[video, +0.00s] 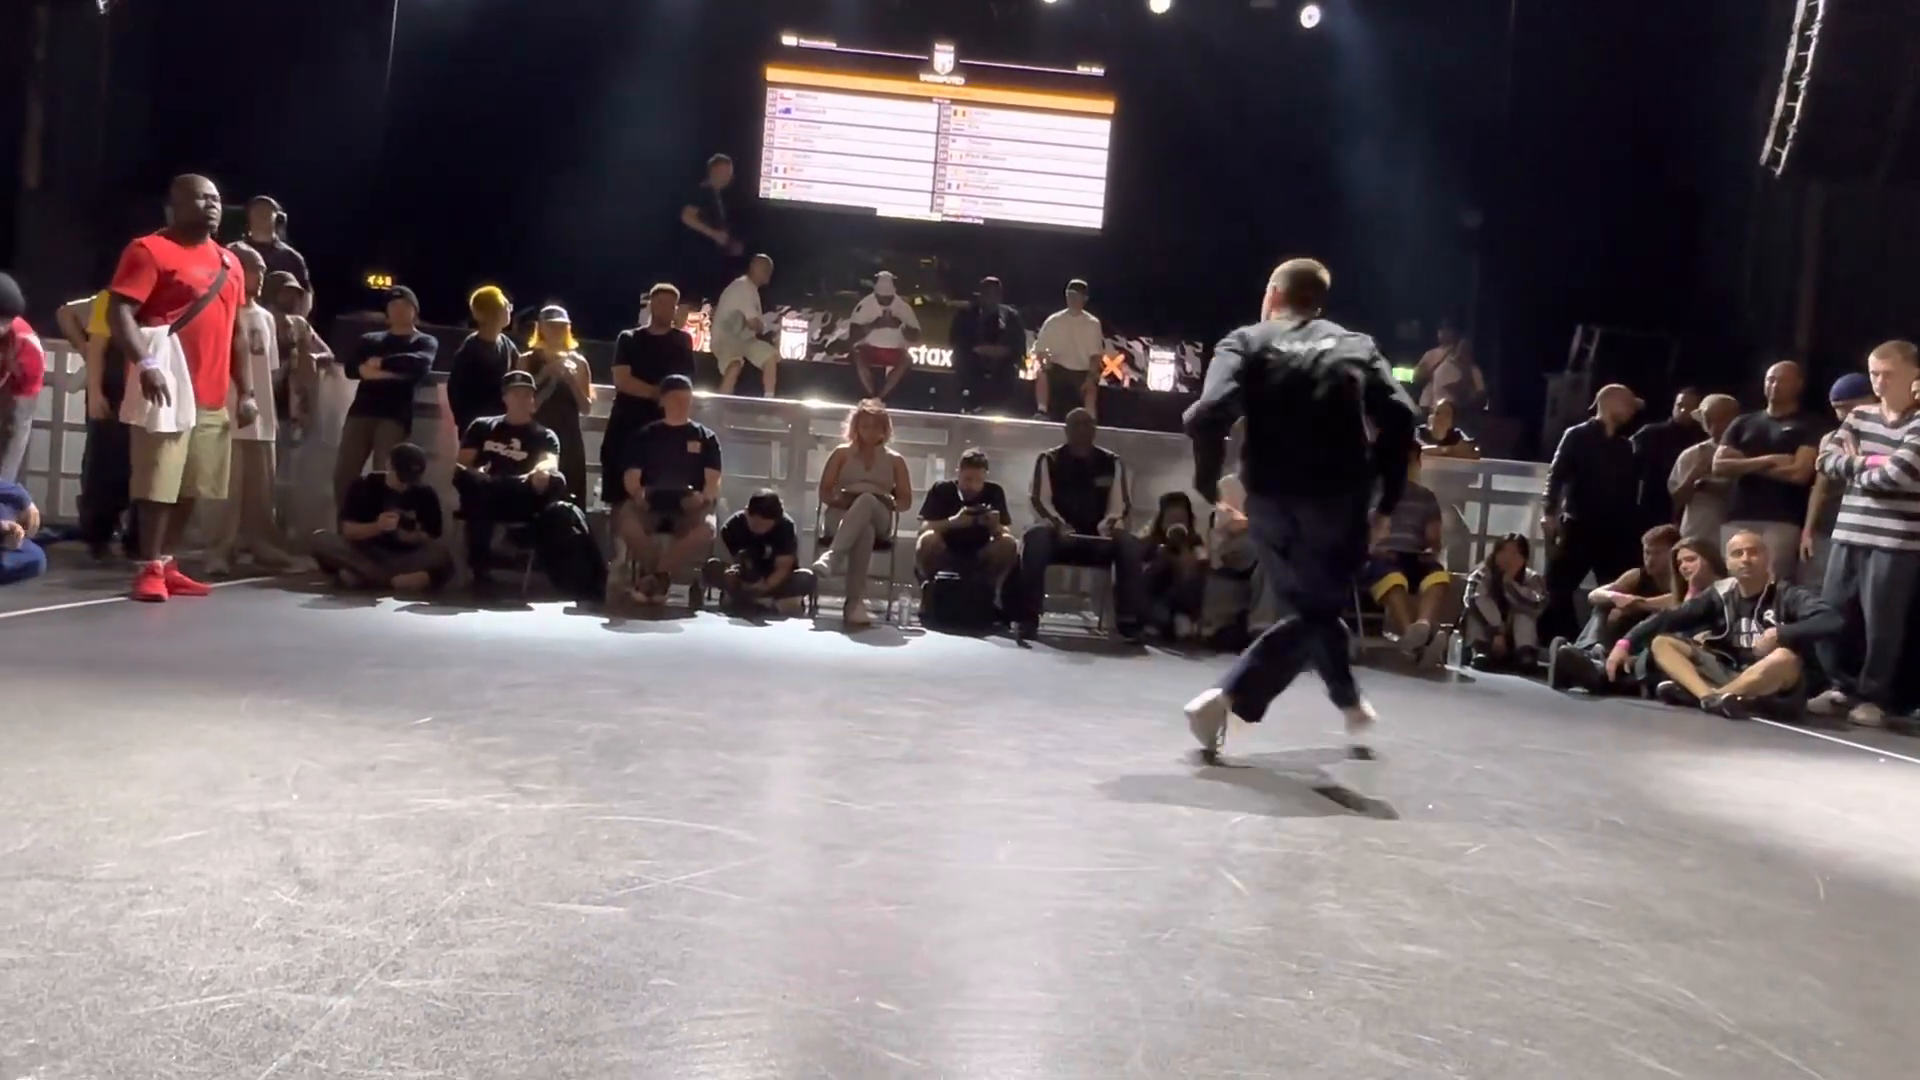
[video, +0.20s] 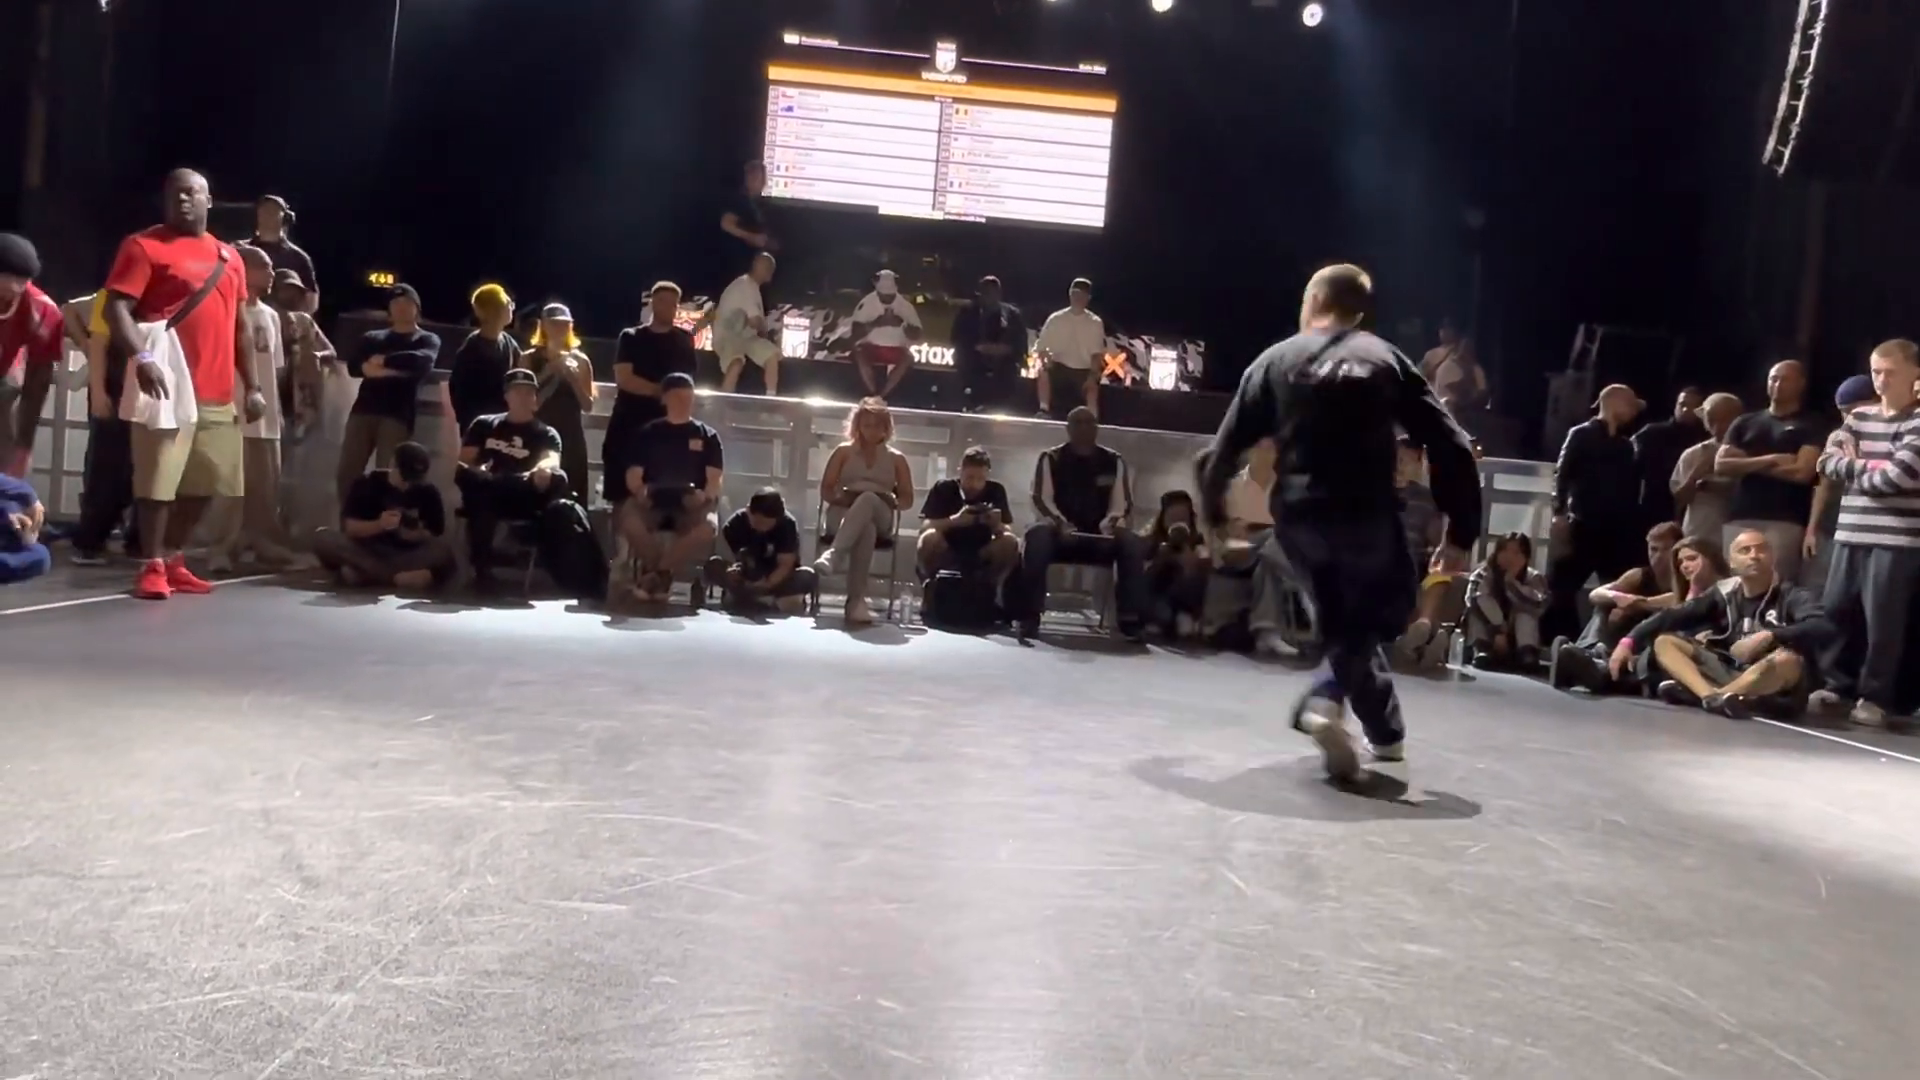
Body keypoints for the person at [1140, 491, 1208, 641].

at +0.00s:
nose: (1176, 524)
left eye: (1181, 519)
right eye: (1171, 519)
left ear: (1189, 519)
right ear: (1161, 520)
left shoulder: (1195, 544)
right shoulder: (1149, 545)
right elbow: (1143, 577)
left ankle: (1193, 620)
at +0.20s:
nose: (1178, 523)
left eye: (1183, 517)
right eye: (1172, 517)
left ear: (1191, 518)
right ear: (1163, 518)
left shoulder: (1197, 542)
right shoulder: (1150, 544)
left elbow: (1204, 566)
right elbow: (1145, 574)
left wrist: (1186, 547)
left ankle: (1195, 619)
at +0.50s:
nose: (1180, 519)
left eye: (1185, 514)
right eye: (1175, 514)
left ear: (1193, 515)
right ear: (1165, 515)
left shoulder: (1198, 538)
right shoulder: (1153, 540)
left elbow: (1207, 560)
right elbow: (1146, 571)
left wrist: (1187, 544)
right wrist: (1163, 554)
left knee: (1195, 566)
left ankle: (1190, 613)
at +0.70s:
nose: (1180, 520)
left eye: (1185, 514)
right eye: (1175, 514)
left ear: (1194, 515)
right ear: (1166, 515)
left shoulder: (1200, 539)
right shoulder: (1152, 541)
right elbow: (1146, 574)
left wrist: (1189, 546)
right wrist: (1163, 555)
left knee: (1194, 563)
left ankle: (1161, 619)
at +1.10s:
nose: (1180, 519)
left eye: (1185, 514)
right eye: (1175, 514)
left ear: (1194, 515)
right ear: (1165, 515)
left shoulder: (1200, 541)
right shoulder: (1154, 541)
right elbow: (1148, 571)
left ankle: (1160, 617)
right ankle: (1184, 613)